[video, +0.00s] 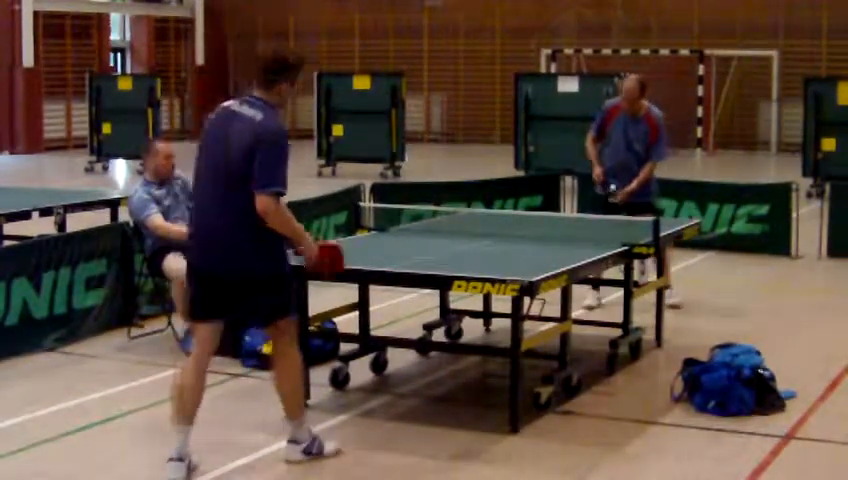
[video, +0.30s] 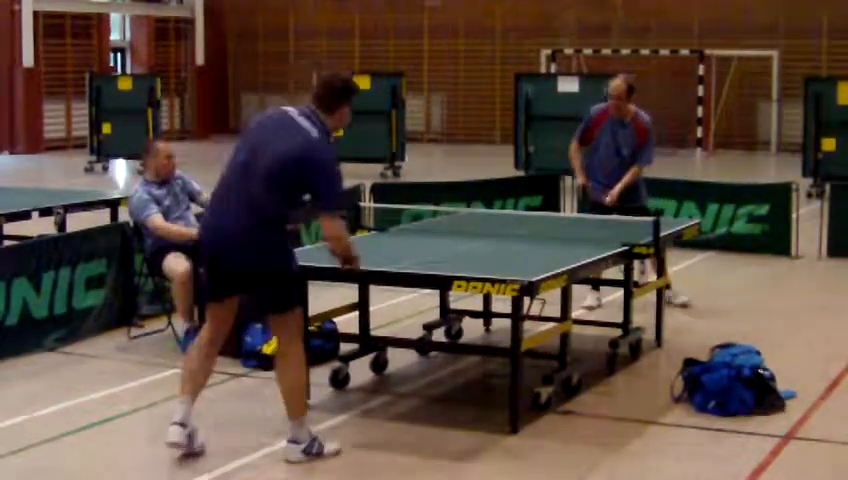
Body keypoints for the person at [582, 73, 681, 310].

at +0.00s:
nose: (627, 103)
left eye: (631, 99)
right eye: (624, 98)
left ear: (642, 97)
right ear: (620, 94)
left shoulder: (653, 118)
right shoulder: (610, 110)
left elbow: (653, 160)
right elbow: (591, 138)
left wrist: (630, 188)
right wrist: (596, 165)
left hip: (639, 186)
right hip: (609, 184)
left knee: (655, 237)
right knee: (601, 237)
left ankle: (665, 287)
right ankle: (594, 290)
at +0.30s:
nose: (614, 103)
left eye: (619, 99)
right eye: (611, 98)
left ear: (629, 98)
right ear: (607, 97)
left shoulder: (641, 123)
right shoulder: (597, 115)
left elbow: (640, 164)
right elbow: (576, 144)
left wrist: (616, 190)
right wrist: (580, 175)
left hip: (629, 189)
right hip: (596, 188)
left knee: (649, 238)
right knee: (592, 241)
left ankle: (666, 289)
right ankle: (594, 292)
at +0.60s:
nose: (622, 94)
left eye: (627, 89)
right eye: (620, 88)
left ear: (637, 91)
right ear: (615, 89)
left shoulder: (648, 114)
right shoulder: (604, 112)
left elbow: (642, 138)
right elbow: (587, 146)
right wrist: (595, 174)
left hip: (638, 185)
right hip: (608, 185)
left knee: (658, 237)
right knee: (599, 239)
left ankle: (674, 287)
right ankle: (594, 289)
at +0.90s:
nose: (643, 77)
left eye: (649, 72)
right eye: (640, 72)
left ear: (657, 78)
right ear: (635, 76)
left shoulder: (666, 105)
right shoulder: (622, 101)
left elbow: (675, 135)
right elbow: (611, 123)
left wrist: (657, 134)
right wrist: (626, 134)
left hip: (656, 184)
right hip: (625, 182)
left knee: (668, 237)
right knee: (609, 235)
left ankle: (675, 287)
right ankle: (596, 289)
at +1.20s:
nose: (651, 75)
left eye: (656, 72)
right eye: (648, 71)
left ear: (666, 79)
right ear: (642, 75)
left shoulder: (674, 107)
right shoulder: (632, 98)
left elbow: (685, 143)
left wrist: (673, 165)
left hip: (658, 180)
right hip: (628, 178)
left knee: (669, 236)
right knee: (612, 234)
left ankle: (675, 287)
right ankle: (596, 288)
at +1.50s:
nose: (644, 95)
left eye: (649, 92)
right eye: (641, 90)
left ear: (658, 96)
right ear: (634, 90)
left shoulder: (660, 121)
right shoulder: (622, 107)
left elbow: (670, 159)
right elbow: (625, 120)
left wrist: (655, 183)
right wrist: (658, 113)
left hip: (646, 191)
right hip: (616, 188)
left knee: (665, 241)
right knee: (603, 243)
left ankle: (676, 289)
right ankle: (587, 292)